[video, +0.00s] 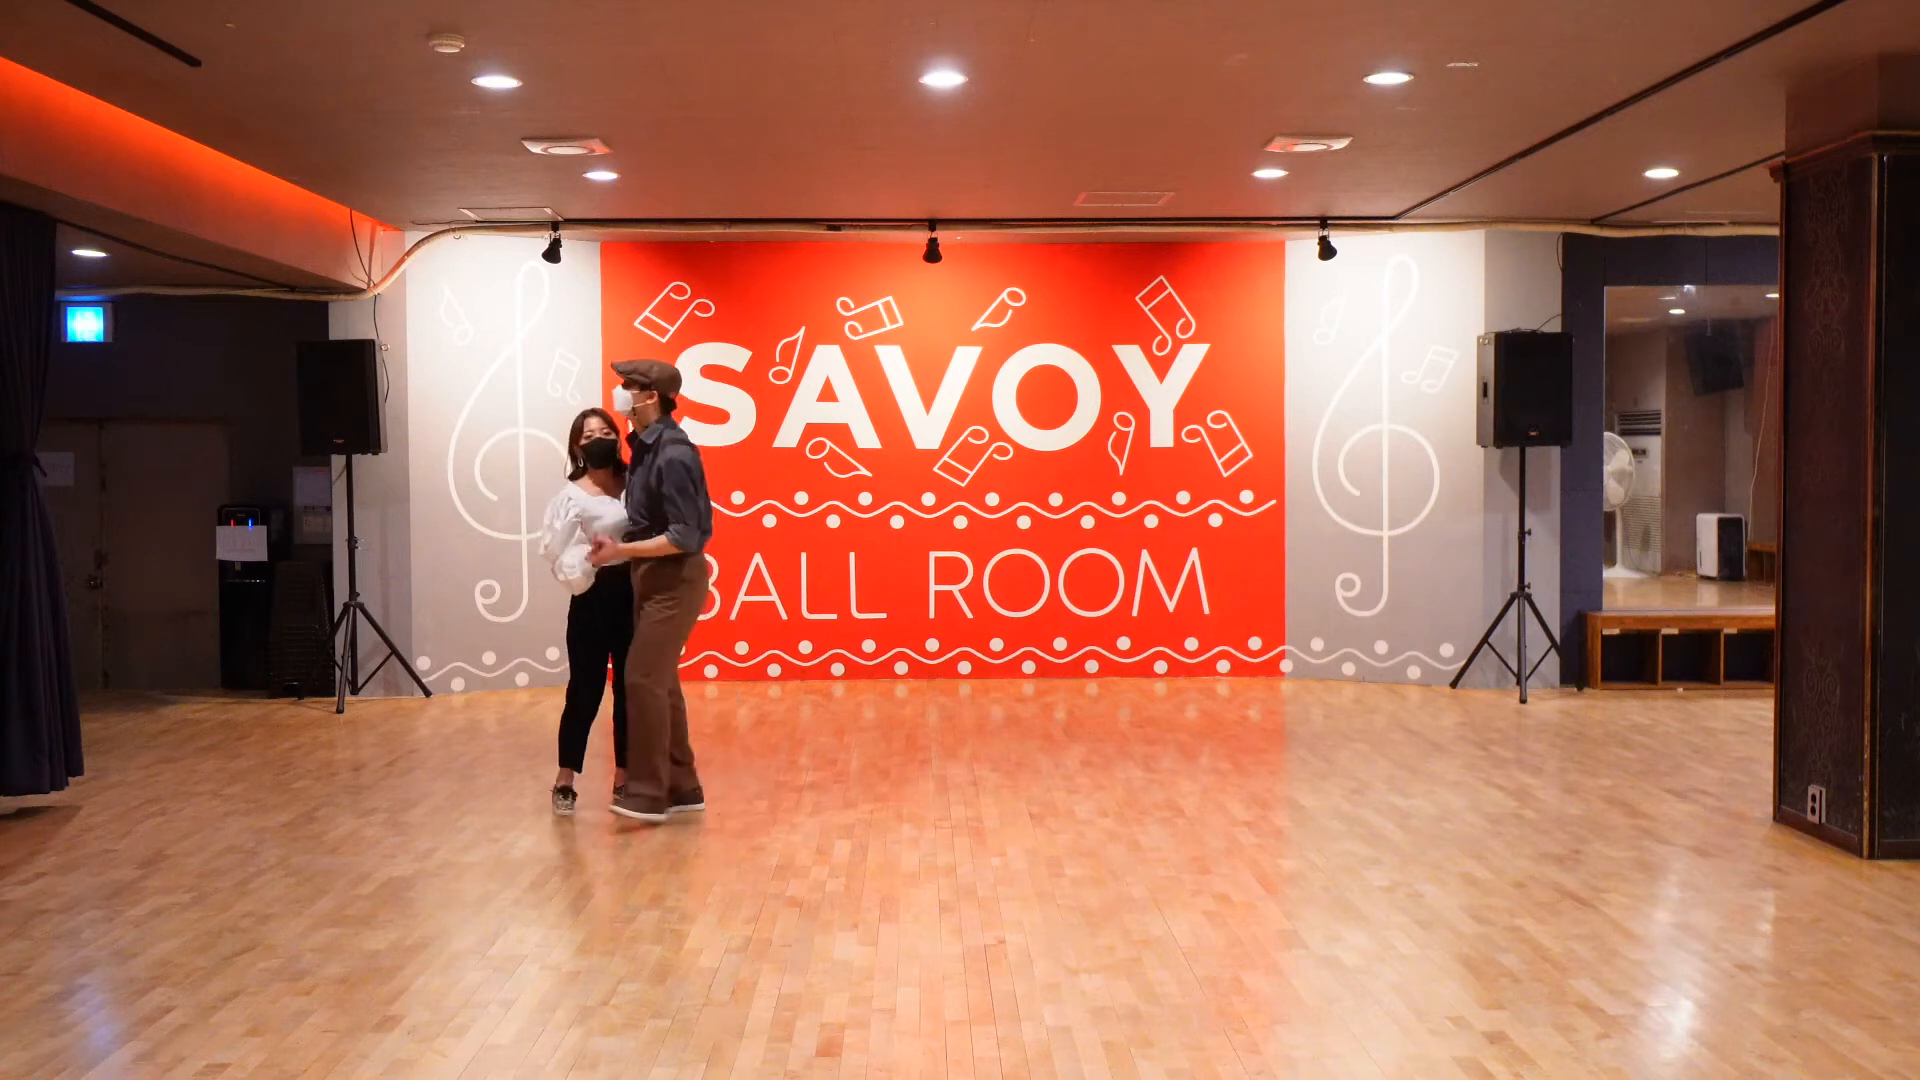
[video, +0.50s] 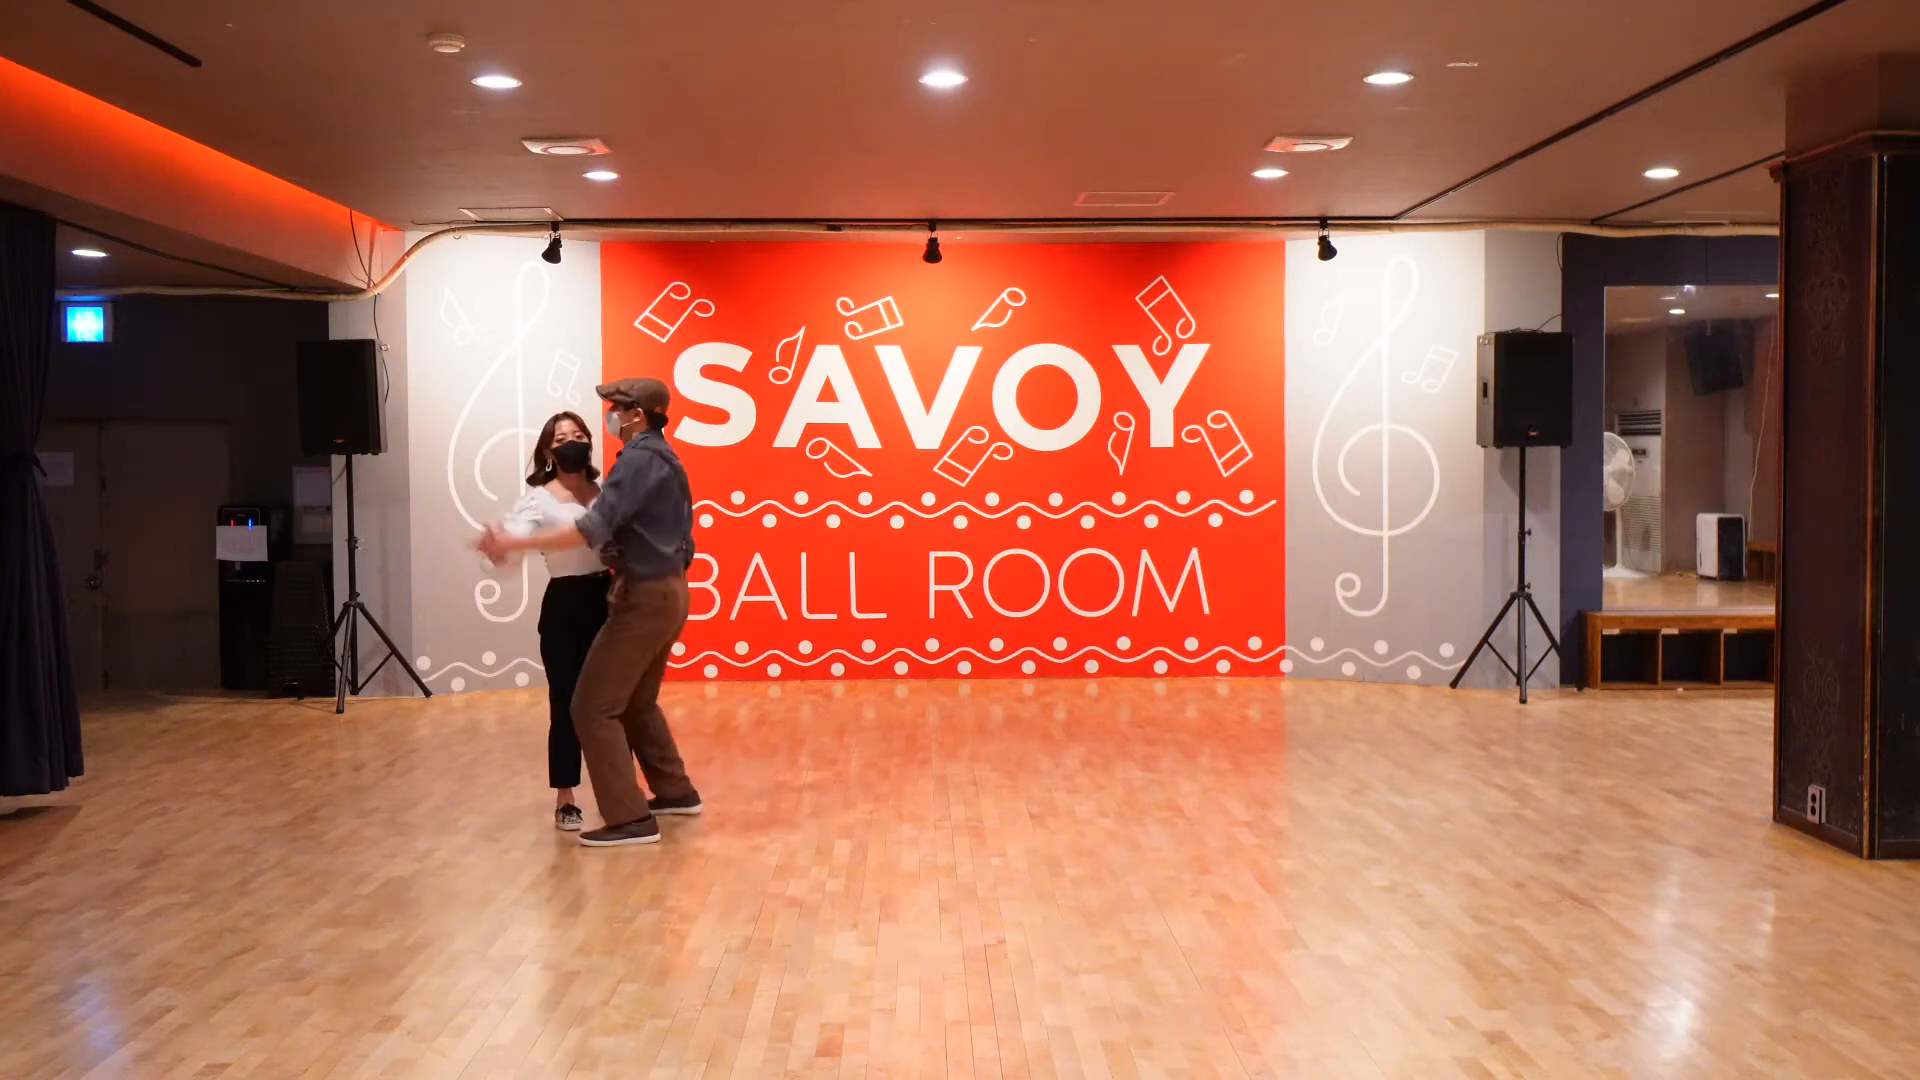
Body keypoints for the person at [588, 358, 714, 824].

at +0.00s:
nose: (623, 394)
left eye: (630, 388)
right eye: (625, 387)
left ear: (652, 397)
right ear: (651, 398)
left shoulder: (674, 452)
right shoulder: (647, 445)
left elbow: (686, 535)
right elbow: (642, 517)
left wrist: (624, 549)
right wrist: (607, 535)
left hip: (677, 575)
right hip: (652, 572)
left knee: (644, 675)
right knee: (661, 677)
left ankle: (647, 794)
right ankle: (682, 786)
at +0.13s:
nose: (618, 397)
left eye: (625, 390)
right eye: (620, 390)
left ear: (646, 399)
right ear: (644, 399)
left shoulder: (667, 455)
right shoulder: (641, 448)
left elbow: (680, 539)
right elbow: (630, 512)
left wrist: (622, 578)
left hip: (673, 580)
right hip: (650, 579)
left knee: (643, 685)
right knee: (657, 684)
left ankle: (605, 799)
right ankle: (680, 790)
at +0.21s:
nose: (614, 400)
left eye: (621, 393)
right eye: (617, 393)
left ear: (643, 401)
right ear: (642, 402)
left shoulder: (661, 459)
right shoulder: (641, 452)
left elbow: (667, 546)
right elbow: (629, 522)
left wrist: (622, 599)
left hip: (669, 583)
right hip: (655, 581)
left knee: (634, 691)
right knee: (659, 690)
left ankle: (599, 804)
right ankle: (680, 791)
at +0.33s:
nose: (609, 401)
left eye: (615, 394)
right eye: (612, 394)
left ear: (637, 403)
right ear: (642, 403)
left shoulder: (650, 459)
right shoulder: (655, 449)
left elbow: (637, 548)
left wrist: (590, 601)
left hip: (658, 585)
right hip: (674, 581)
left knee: (607, 689)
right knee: (648, 694)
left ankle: (616, 807)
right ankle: (678, 792)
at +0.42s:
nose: (608, 411)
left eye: (614, 404)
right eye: (610, 403)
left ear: (636, 411)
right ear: (645, 411)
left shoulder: (646, 463)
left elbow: (614, 545)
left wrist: (552, 584)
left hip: (653, 593)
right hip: (670, 590)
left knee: (595, 699)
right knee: (639, 699)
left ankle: (628, 813)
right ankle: (677, 793)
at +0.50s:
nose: (607, 418)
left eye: (613, 411)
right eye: (609, 411)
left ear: (637, 416)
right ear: (644, 417)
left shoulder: (639, 460)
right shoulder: (662, 459)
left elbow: (590, 528)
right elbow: (682, 544)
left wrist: (514, 543)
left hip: (645, 597)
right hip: (668, 592)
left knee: (593, 707)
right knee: (638, 703)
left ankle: (628, 818)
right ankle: (675, 792)